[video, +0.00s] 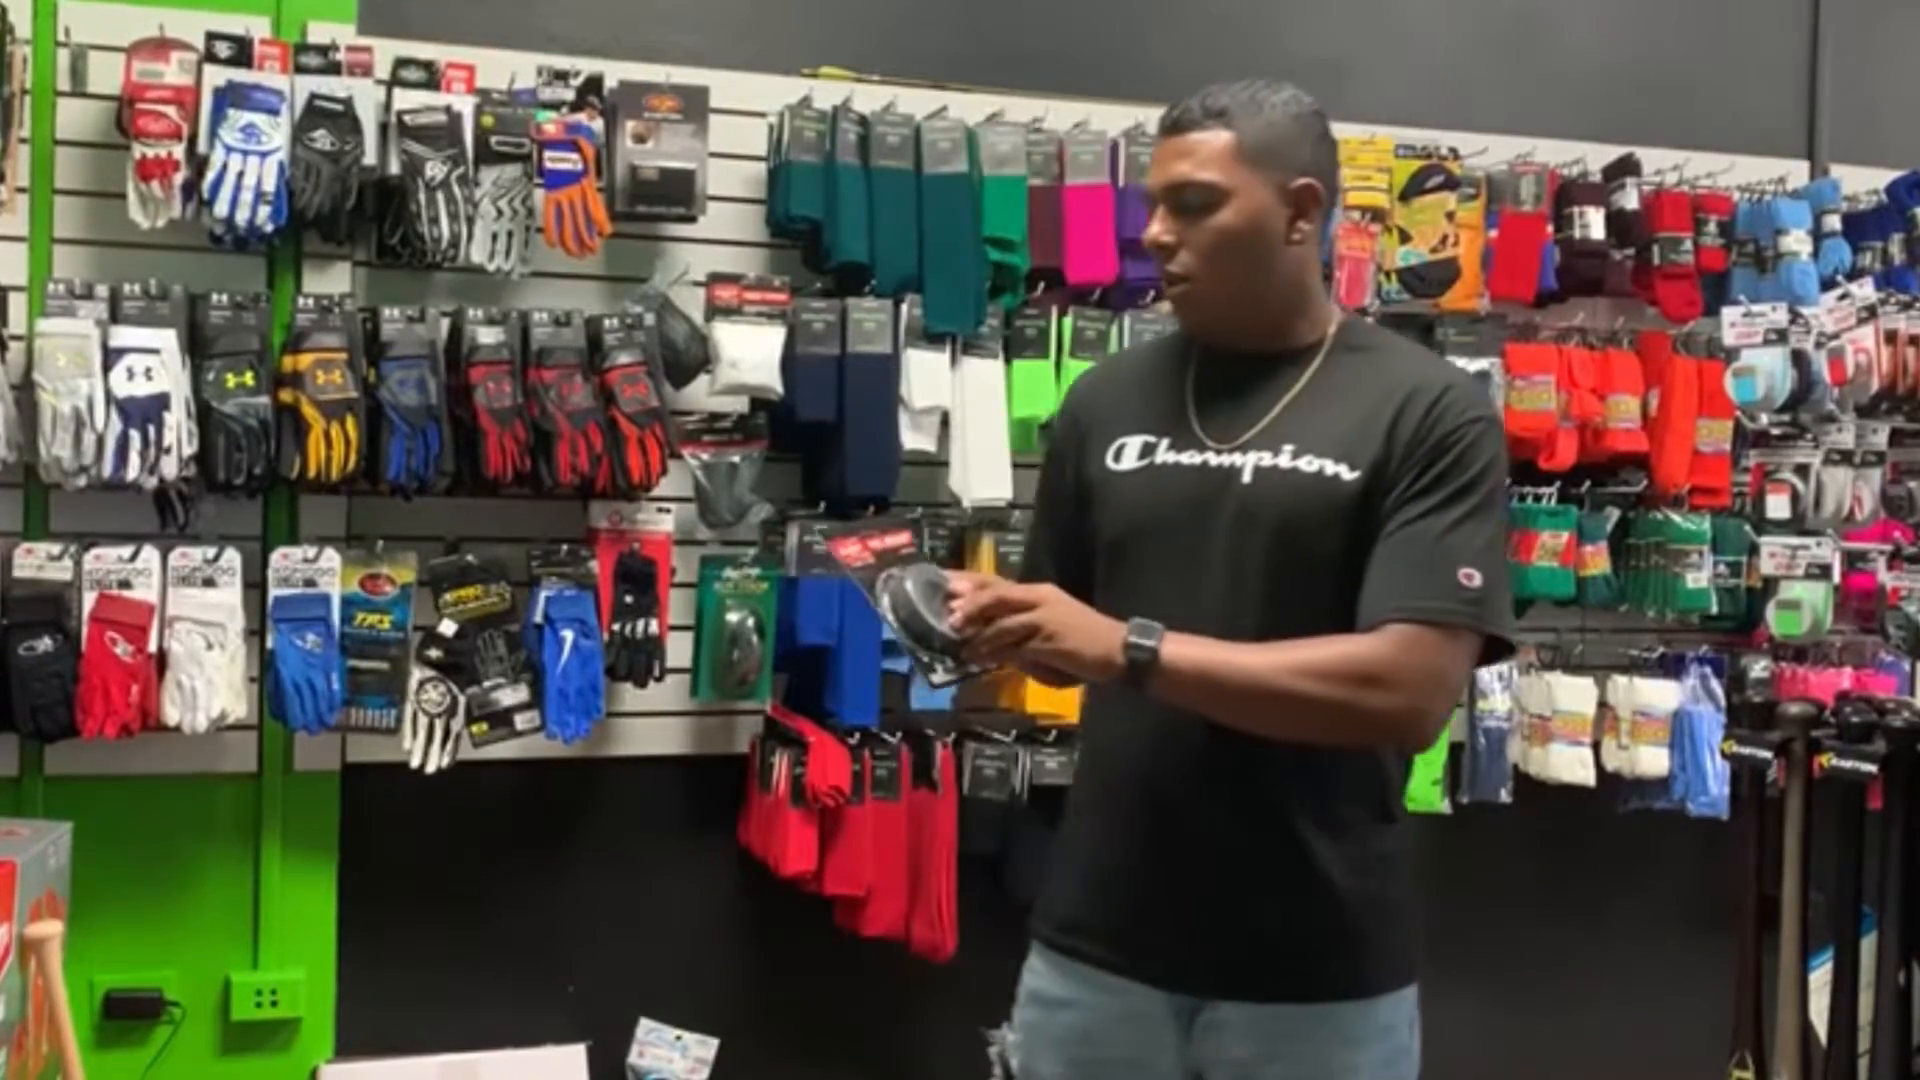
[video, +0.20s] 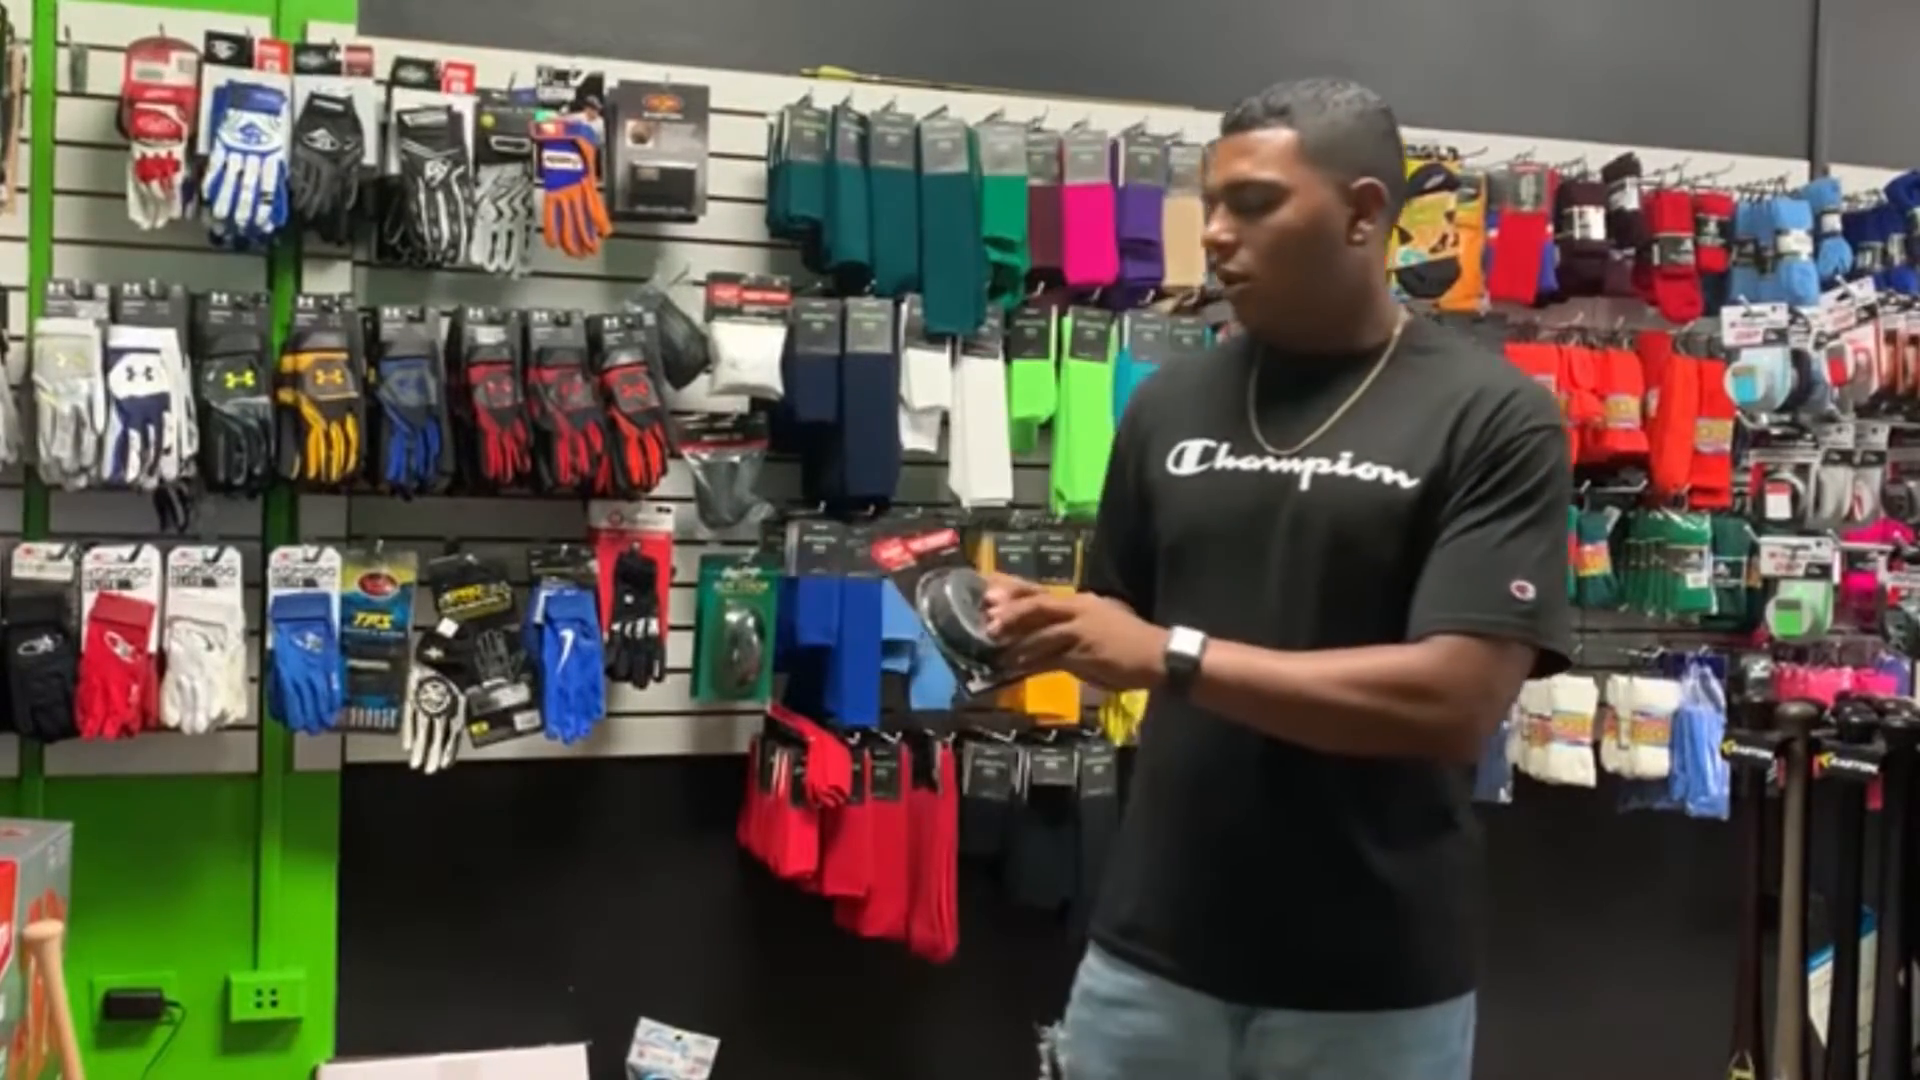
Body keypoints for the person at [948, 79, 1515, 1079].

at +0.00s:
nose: (1154, 236)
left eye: (1192, 205)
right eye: (1153, 207)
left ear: (1303, 210)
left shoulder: (1428, 410)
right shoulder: (1101, 402)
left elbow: (1411, 692)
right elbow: (1068, 641)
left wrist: (1126, 648)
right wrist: (1001, 624)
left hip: (1320, 973)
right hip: (1098, 950)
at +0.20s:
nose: (1214, 237)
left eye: (1251, 202)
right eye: (1210, 207)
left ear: (1365, 212)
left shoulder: (1495, 417)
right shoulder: (1167, 404)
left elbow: (1459, 702)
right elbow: (1122, 628)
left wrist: (1165, 655)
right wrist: (1044, 626)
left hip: (1377, 984)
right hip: (1153, 957)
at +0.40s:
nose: (1256, 230)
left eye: (1296, 198)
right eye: (1256, 200)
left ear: (1411, 214)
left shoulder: (1540, 421)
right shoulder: (1213, 397)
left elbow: (1485, 706)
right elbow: (1160, 622)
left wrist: (1193, 653)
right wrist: (1076, 619)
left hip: (1410, 988)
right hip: (1187, 958)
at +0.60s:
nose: (1276, 227)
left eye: (1317, 196)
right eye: (1275, 197)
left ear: (1432, 215)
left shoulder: (1562, 423)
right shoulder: (1235, 395)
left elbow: (1486, 703)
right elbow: (1172, 624)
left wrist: (1194, 650)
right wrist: (1077, 622)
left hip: (1423, 989)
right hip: (1203, 958)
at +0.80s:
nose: (1278, 226)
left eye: (1317, 194)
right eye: (1278, 195)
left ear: (1432, 210)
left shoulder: (1562, 423)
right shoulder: (1239, 395)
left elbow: (1473, 699)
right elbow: (1173, 607)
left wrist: (1179, 650)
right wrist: (1065, 621)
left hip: (1420, 988)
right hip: (1202, 957)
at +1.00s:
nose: (1258, 226)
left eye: (1294, 193)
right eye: (1259, 195)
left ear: (1407, 208)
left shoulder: (1539, 418)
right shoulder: (1227, 396)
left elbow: (1442, 698)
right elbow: (1164, 605)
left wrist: (1157, 645)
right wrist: (1055, 618)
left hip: (1404, 991)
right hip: (1184, 958)